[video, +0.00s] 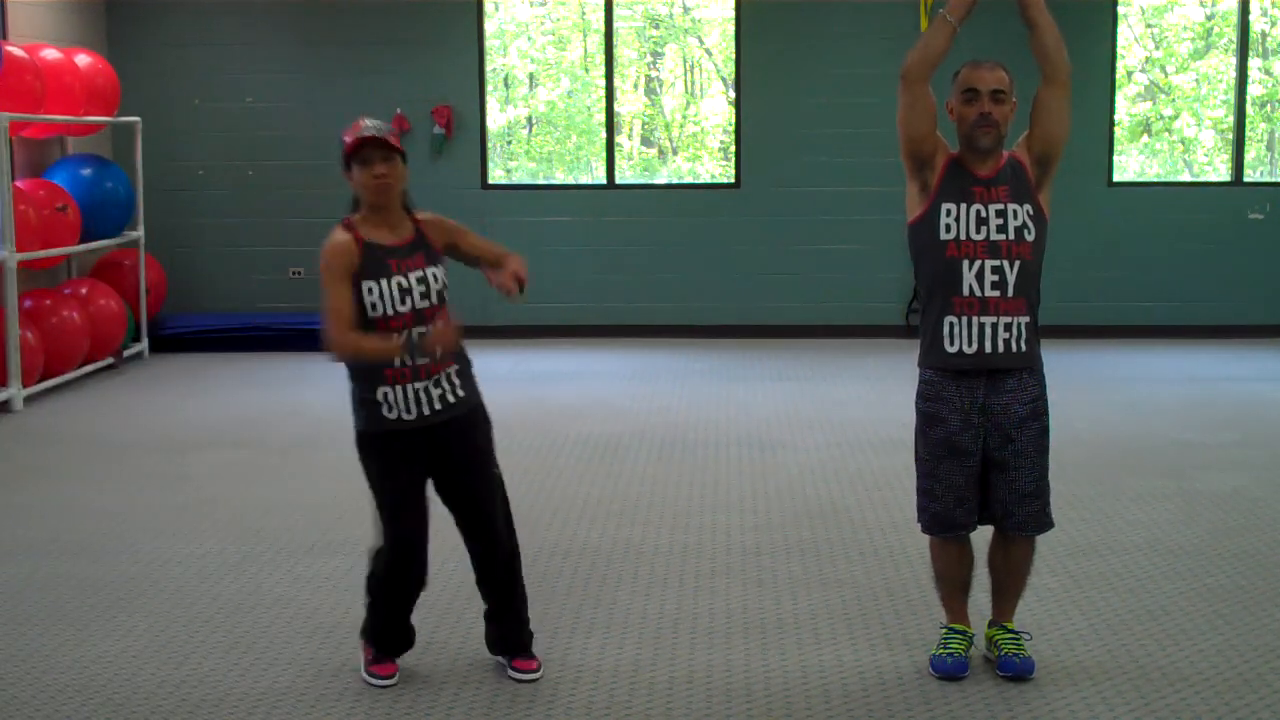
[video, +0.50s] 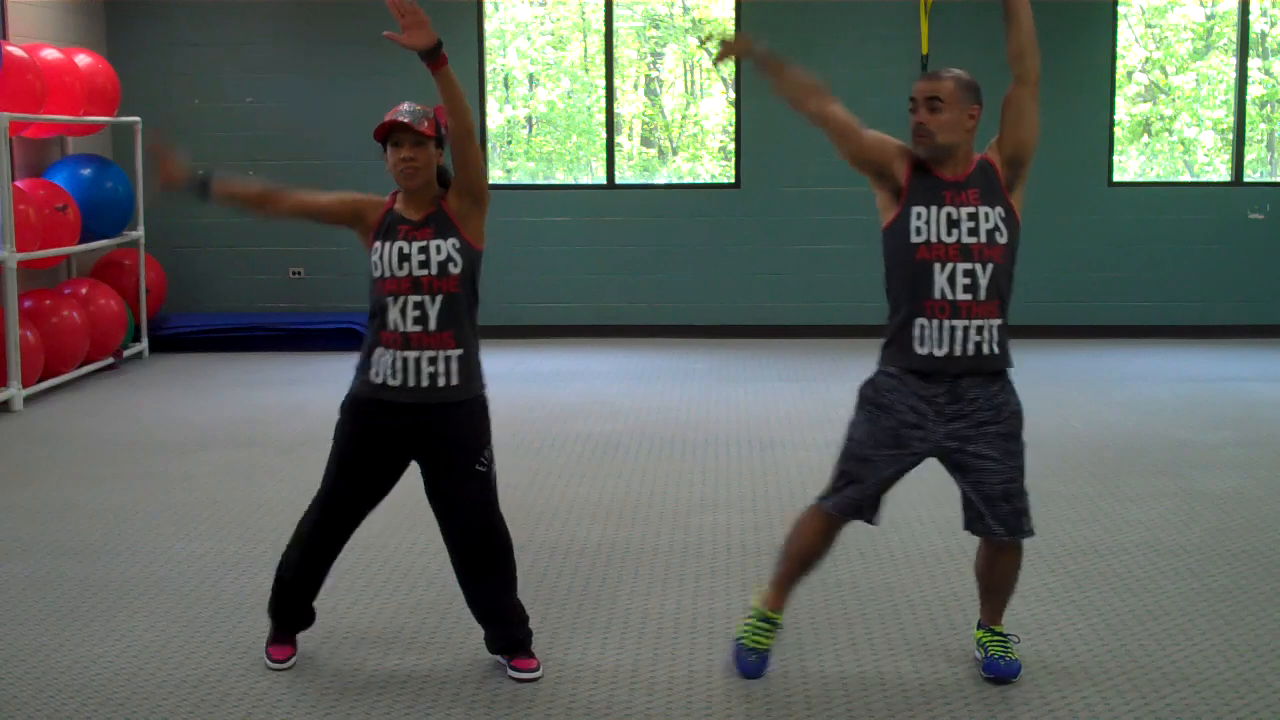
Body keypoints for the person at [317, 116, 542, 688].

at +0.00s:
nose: (378, 170)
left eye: (387, 159)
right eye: (365, 162)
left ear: (404, 167)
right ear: (350, 176)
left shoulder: (432, 229)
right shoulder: (343, 248)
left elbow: (503, 260)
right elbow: (339, 342)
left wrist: (507, 271)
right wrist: (415, 342)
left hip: (455, 410)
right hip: (388, 422)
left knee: (493, 531)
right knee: (405, 545)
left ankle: (512, 640)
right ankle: (382, 643)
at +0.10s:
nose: (397, 174)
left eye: (407, 163)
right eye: (385, 166)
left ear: (425, 172)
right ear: (372, 180)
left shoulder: (451, 229)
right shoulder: (361, 240)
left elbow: (526, 243)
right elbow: (373, 288)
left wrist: (480, 214)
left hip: (471, 413)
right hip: (399, 420)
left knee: (500, 533)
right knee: (400, 541)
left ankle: (513, 642)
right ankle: (424, 636)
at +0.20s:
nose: (406, 169)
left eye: (417, 156)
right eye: (397, 159)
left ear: (439, 163)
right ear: (390, 169)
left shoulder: (468, 223)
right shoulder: (384, 230)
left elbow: (495, 180)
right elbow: (354, 197)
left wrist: (455, 120)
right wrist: (385, 138)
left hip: (474, 406)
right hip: (402, 408)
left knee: (501, 527)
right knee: (370, 510)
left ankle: (513, 639)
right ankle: (435, 629)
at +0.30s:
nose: (412, 146)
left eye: (423, 136)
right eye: (401, 139)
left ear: (446, 149)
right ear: (391, 154)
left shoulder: (472, 207)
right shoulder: (386, 211)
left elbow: (474, 132)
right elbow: (333, 148)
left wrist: (443, 61)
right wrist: (317, 79)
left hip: (471, 401)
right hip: (396, 397)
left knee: (492, 529)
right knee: (347, 496)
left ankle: (512, 641)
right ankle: (381, 621)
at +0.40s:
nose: (409, 148)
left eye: (421, 137)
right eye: (399, 139)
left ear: (445, 147)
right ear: (389, 151)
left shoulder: (471, 204)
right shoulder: (383, 208)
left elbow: (470, 128)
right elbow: (303, 155)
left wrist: (437, 50)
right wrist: (244, 102)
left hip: (464, 399)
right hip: (390, 392)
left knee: (485, 528)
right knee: (332, 504)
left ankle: (512, 641)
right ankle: (315, 619)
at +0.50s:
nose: (405, 154)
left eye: (416, 143)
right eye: (395, 145)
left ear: (440, 152)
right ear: (384, 156)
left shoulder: (464, 212)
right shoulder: (373, 214)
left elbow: (464, 136)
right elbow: (281, 200)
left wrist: (434, 54)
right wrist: (198, 181)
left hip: (453, 408)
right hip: (377, 406)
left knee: (479, 527)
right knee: (330, 517)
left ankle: (512, 641)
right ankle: (284, 624)